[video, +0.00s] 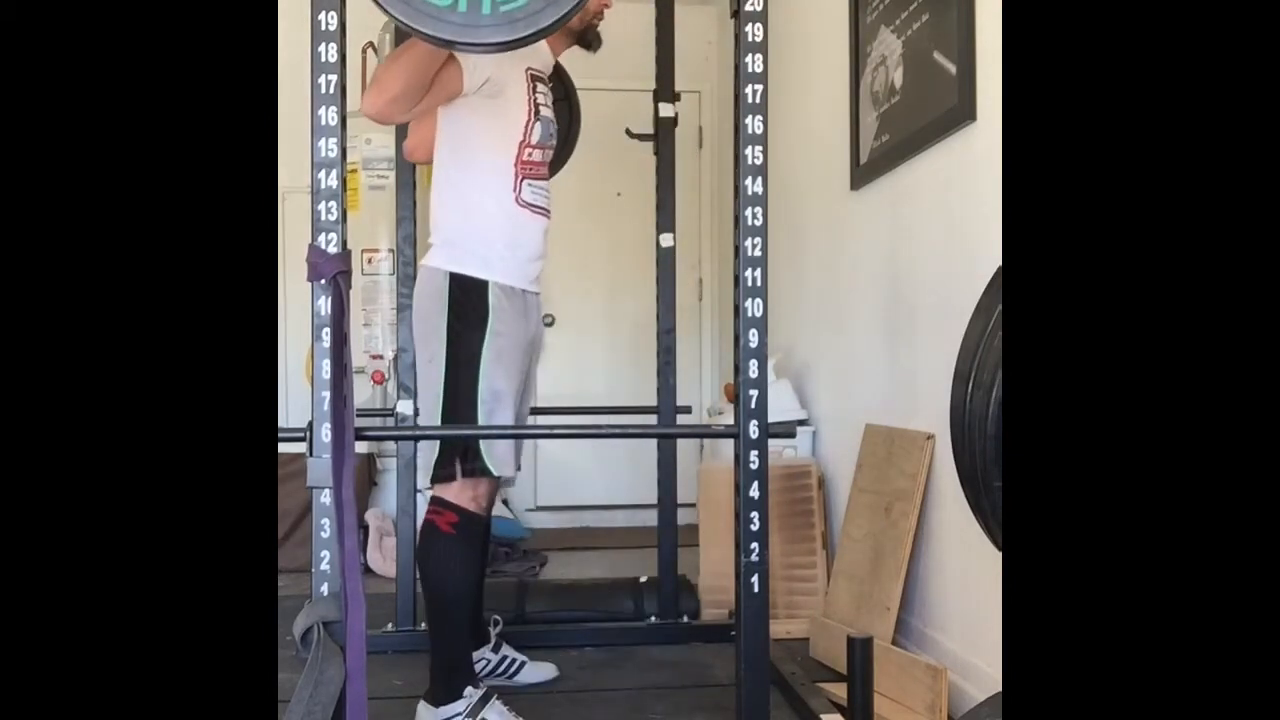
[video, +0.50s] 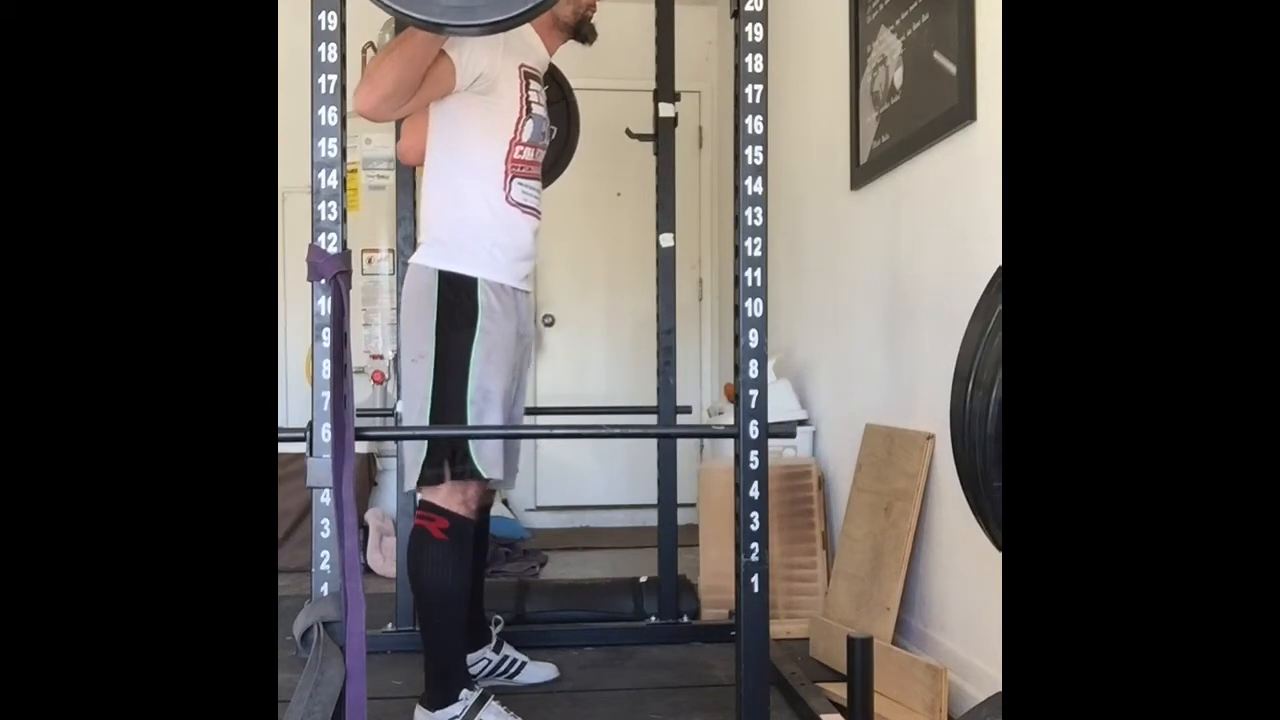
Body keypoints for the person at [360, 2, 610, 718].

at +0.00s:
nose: (605, 13)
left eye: (604, 7)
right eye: (599, 4)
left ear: (574, 14)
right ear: (568, 3)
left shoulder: (534, 69)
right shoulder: (486, 48)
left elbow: (419, 143)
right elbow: (379, 100)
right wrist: (448, 19)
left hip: (509, 292)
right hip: (468, 288)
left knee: (483, 481)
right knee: (462, 484)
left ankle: (474, 647)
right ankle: (447, 693)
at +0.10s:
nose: (602, 9)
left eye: (602, 3)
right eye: (598, 0)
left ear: (572, 9)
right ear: (573, 1)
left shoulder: (535, 68)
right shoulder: (488, 42)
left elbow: (420, 146)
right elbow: (378, 100)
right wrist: (444, 19)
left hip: (509, 293)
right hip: (467, 290)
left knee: (483, 483)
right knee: (459, 487)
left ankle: (474, 648)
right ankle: (446, 696)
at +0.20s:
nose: (598, 7)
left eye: (597, 1)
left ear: (568, 9)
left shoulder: (536, 69)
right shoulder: (483, 40)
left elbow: (418, 146)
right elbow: (376, 101)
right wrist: (440, 20)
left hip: (511, 292)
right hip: (466, 288)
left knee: (485, 482)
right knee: (459, 486)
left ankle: (475, 648)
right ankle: (445, 694)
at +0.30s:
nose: (593, 6)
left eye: (593, 1)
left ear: (564, 7)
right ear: (571, 1)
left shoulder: (534, 69)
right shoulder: (483, 38)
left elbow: (417, 145)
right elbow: (375, 99)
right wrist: (432, 18)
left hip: (509, 292)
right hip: (464, 287)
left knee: (483, 485)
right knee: (458, 489)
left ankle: (477, 648)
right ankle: (445, 697)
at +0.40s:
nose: (594, 3)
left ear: (564, 8)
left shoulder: (530, 67)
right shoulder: (482, 35)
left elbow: (414, 144)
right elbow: (373, 97)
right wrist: (432, 14)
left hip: (506, 290)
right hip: (460, 286)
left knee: (483, 481)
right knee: (455, 486)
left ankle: (475, 647)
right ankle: (445, 696)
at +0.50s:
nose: (595, 4)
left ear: (568, 9)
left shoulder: (535, 70)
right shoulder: (482, 37)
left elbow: (414, 145)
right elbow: (371, 99)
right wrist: (433, 16)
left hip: (503, 292)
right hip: (456, 286)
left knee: (481, 482)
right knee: (452, 487)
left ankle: (475, 649)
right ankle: (444, 696)